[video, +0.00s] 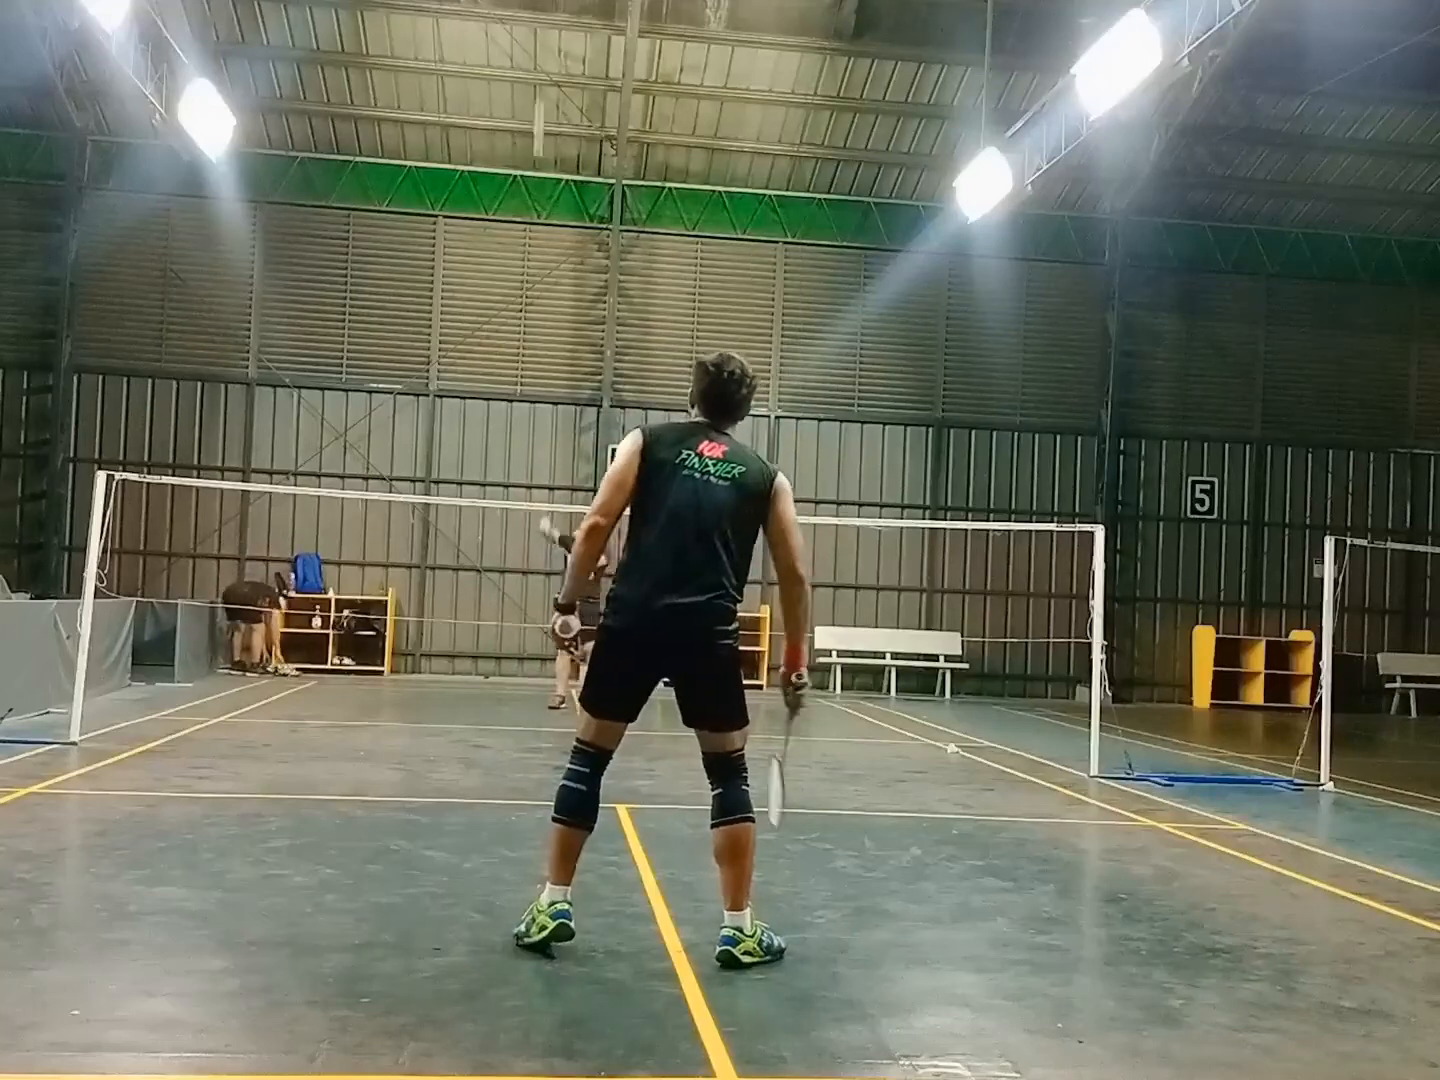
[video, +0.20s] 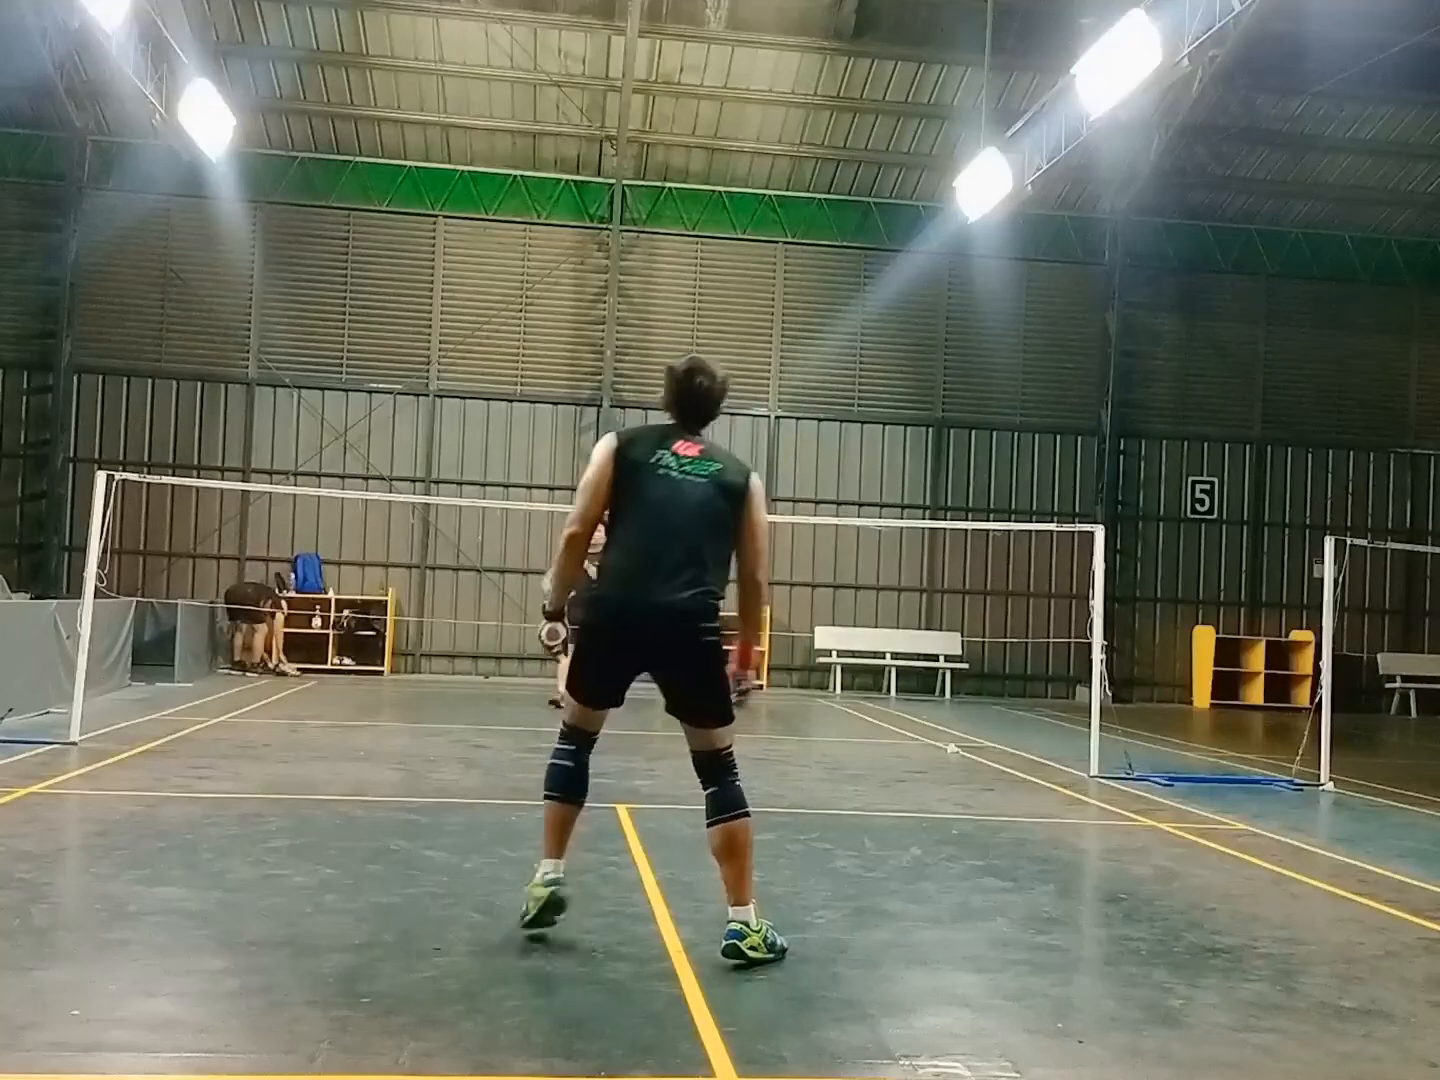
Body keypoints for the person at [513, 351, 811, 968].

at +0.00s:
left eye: (696, 394)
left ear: (691, 400)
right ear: (743, 410)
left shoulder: (644, 443)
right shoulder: (766, 476)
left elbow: (597, 523)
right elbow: (793, 571)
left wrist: (568, 604)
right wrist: (796, 653)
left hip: (631, 629)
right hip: (709, 638)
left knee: (588, 758)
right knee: (728, 772)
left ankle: (554, 901)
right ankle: (738, 926)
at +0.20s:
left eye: (676, 390)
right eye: (711, 403)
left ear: (666, 401)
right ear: (716, 411)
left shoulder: (618, 448)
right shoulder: (741, 477)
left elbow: (577, 531)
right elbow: (754, 578)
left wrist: (556, 606)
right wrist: (750, 649)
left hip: (611, 624)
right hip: (689, 632)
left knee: (575, 737)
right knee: (718, 768)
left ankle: (549, 872)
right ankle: (743, 919)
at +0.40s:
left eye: (630, 411)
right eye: (661, 419)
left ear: (620, 420)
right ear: (671, 426)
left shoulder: (574, 469)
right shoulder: (695, 486)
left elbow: (540, 555)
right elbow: (704, 582)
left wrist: (538, 631)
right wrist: (703, 648)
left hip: (578, 638)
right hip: (652, 643)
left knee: (566, 757)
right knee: (696, 776)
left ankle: (541, 896)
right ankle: (743, 921)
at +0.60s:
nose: (606, 397)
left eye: (594, 384)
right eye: (622, 392)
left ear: (572, 392)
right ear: (625, 398)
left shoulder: (530, 446)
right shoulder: (646, 461)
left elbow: (487, 538)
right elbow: (647, 569)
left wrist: (500, 571)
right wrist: (653, 652)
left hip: (532, 618)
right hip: (600, 622)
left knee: (558, 747)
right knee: (634, 765)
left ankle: (521, 885)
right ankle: (598, 924)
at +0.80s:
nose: (578, 421)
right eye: (580, 413)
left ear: (526, 419)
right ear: (580, 425)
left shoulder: (487, 458)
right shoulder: (588, 503)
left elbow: (419, 478)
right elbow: (599, 610)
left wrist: (459, 415)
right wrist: (664, 657)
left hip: (491, 650)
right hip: (546, 656)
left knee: (546, 770)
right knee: (567, 804)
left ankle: (511, 900)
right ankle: (470, 914)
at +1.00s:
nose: (543, 383)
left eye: (536, 372)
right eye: (539, 375)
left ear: (477, 379)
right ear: (529, 388)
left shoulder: (450, 418)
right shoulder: (516, 467)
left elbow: (384, 440)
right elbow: (549, 579)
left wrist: (370, 416)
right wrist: (618, 549)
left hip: (432, 630)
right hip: (477, 642)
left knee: (450, 757)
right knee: (514, 803)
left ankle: (393, 891)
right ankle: (417, 968)